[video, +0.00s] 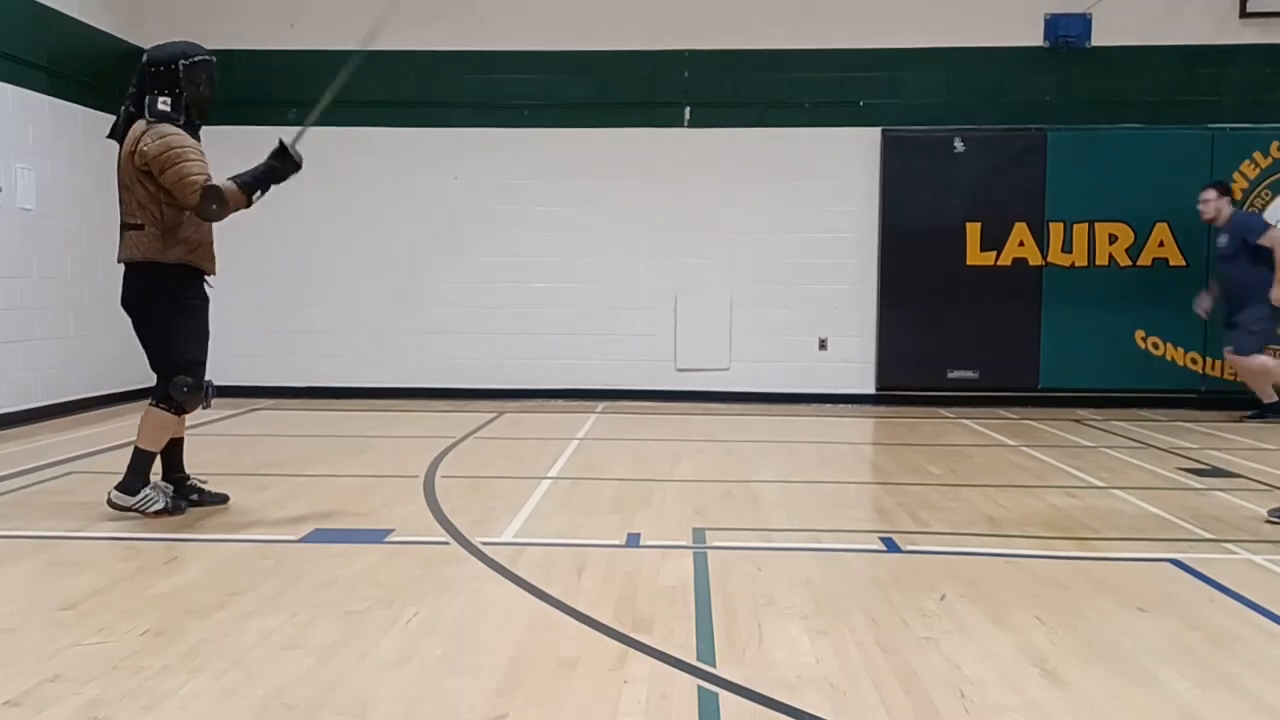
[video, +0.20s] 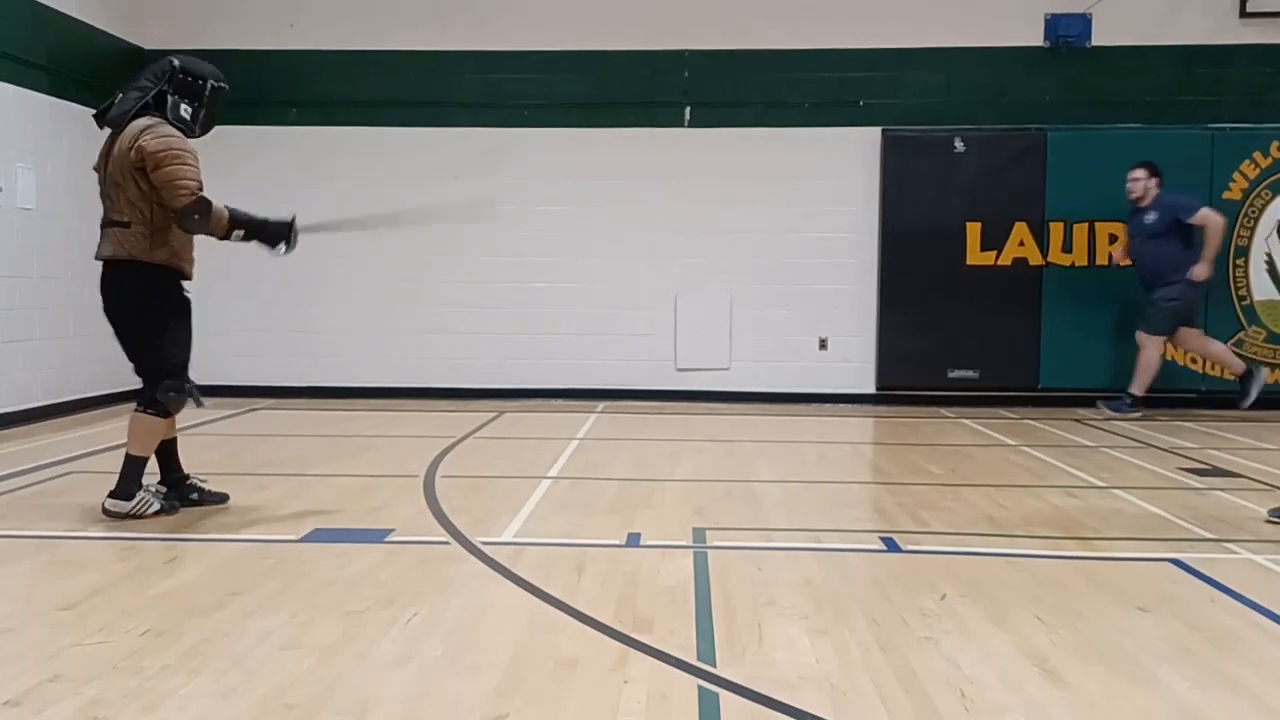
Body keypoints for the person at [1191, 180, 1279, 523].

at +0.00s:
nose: (1202, 208)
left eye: (1207, 202)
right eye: (1200, 203)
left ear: (1225, 201)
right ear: (1206, 206)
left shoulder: (1246, 222)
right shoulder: (1221, 234)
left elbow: (1278, 241)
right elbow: (1224, 274)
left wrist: (1277, 284)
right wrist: (1209, 296)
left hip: (1262, 301)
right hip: (1239, 303)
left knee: (1244, 355)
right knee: (1235, 356)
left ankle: (1279, 382)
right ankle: (1269, 405)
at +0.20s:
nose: (1130, 186)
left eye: (1136, 180)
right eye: (1128, 181)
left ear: (1154, 182)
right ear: (1127, 185)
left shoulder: (1169, 204)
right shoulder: (1136, 215)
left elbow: (1216, 221)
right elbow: (1141, 245)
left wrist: (1206, 262)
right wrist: (1125, 254)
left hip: (1180, 285)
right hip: (1160, 288)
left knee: (1149, 337)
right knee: (1188, 339)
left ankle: (1132, 399)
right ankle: (1246, 374)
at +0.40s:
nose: (1054, 196)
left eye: (1061, 191)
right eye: (1053, 191)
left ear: (1077, 194)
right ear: (1051, 195)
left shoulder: (1090, 220)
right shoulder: (1064, 225)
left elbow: (1112, 254)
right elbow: (1071, 262)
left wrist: (1080, 281)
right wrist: (1062, 284)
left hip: (1097, 298)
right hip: (1073, 298)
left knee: (1084, 352)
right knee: (1053, 345)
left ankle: (1110, 405)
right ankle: (1118, 354)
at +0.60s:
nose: (967, 185)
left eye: (973, 180)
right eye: (965, 181)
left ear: (991, 183)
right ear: (966, 185)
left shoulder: (999, 206)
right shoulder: (980, 210)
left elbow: (1011, 239)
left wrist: (976, 256)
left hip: (1011, 287)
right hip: (988, 289)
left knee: (1025, 341)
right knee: (967, 334)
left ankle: (1087, 366)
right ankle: (950, 395)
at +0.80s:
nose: (888, 194)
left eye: (894, 190)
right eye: (886, 190)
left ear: (910, 194)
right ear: (884, 194)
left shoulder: (919, 217)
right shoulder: (894, 222)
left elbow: (950, 247)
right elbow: (896, 258)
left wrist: (931, 283)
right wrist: (876, 273)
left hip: (917, 295)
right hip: (898, 295)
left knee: (892, 342)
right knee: (899, 349)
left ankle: (953, 353)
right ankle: (929, 401)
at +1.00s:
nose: (810, 182)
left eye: (816, 178)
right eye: (808, 178)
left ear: (830, 181)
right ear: (806, 181)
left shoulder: (843, 206)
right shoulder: (810, 210)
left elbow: (877, 232)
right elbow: (812, 238)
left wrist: (859, 270)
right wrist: (796, 249)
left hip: (833, 283)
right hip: (818, 283)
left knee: (804, 337)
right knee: (844, 338)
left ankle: (780, 393)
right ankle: (901, 362)